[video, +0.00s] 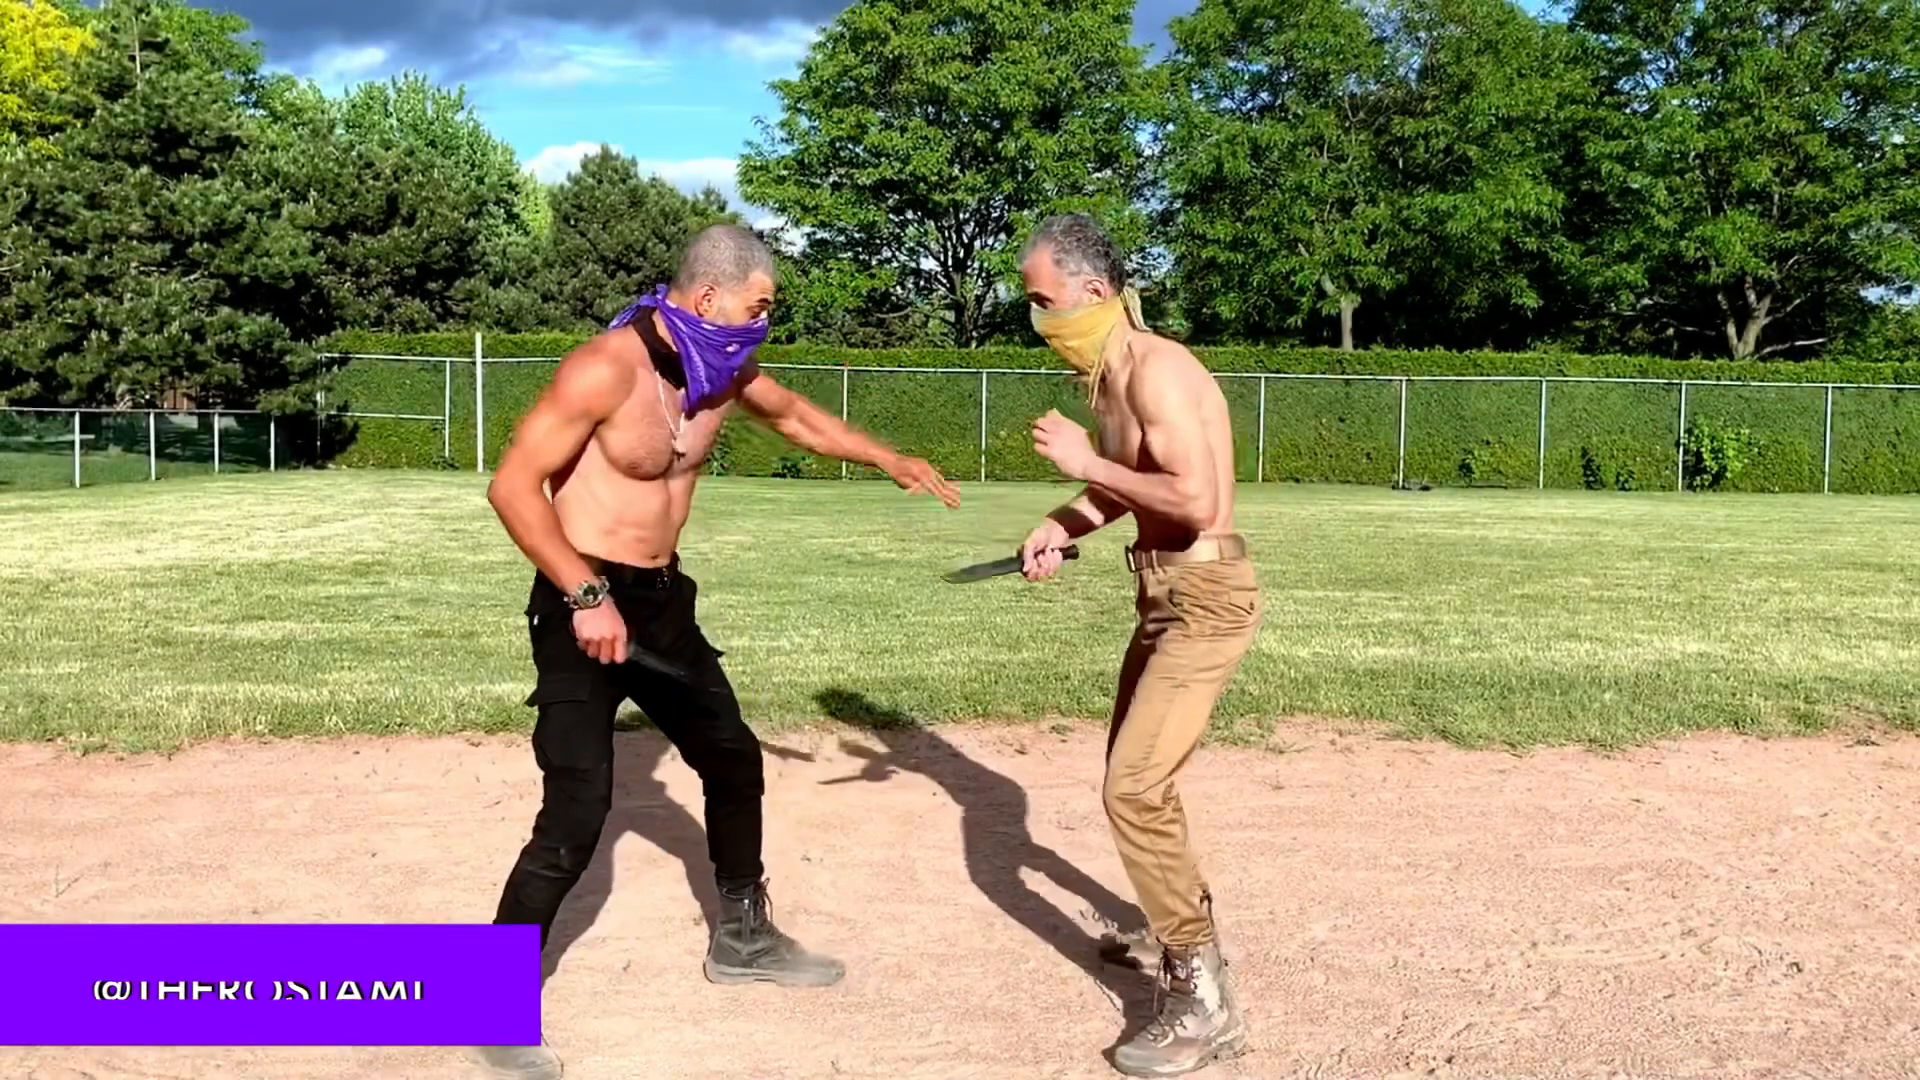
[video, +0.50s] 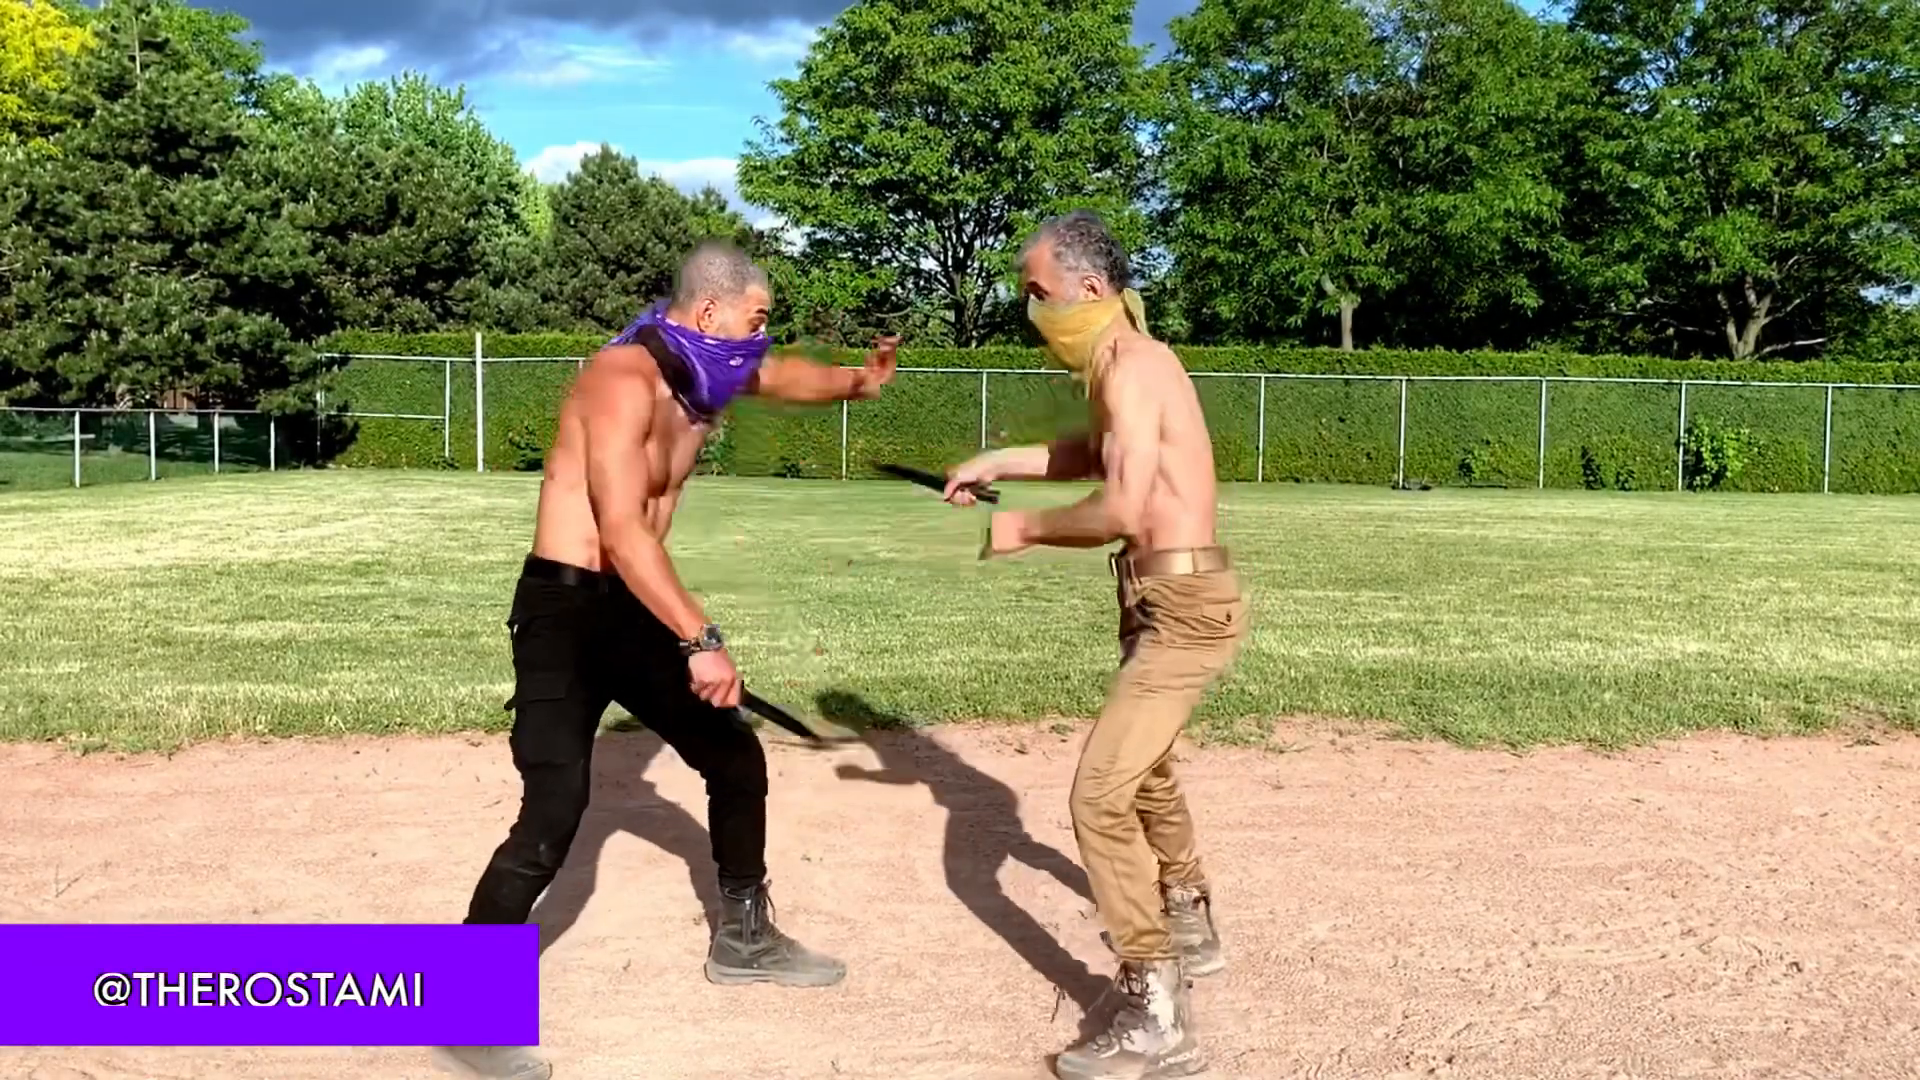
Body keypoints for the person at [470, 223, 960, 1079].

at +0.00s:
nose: (761, 326)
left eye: (767, 311)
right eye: (753, 308)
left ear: (722, 302)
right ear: (700, 299)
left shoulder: (719, 363)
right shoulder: (606, 367)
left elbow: (795, 417)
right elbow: (513, 483)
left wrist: (887, 455)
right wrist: (582, 592)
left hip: (662, 598)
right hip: (580, 598)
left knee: (733, 757)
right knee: (573, 814)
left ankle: (742, 933)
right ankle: (497, 1002)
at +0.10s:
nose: (772, 334)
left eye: (778, 319)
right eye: (765, 316)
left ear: (734, 309)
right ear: (714, 304)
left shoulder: (714, 374)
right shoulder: (623, 367)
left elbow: (722, 463)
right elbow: (526, 477)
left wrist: (795, 459)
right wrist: (598, 582)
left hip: (665, 600)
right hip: (589, 598)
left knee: (740, 759)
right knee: (583, 812)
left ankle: (742, 935)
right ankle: (495, 1003)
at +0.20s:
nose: (779, 333)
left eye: (785, 318)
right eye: (776, 314)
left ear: (729, 299)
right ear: (732, 302)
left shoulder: (689, 366)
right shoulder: (661, 366)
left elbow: (690, 473)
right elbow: (612, 506)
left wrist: (752, 435)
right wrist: (706, 582)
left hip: (657, 603)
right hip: (604, 605)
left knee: (737, 757)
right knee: (608, 818)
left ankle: (741, 935)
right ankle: (499, 1003)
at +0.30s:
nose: (775, 329)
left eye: (780, 314)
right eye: (771, 311)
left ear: (713, 294)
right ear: (725, 298)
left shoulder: (651, 345)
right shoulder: (678, 366)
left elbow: (666, 461)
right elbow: (790, 487)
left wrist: (740, 410)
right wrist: (900, 541)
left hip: (656, 605)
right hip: (591, 608)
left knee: (734, 756)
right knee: (589, 810)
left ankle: (742, 934)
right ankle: (496, 999)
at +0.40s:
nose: (771, 323)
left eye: (775, 307)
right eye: (765, 306)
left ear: (711, 293)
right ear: (719, 298)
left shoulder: (680, 365)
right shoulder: (661, 372)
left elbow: (680, 462)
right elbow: (790, 483)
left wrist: (759, 407)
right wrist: (904, 540)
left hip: (653, 605)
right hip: (575, 606)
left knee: (728, 758)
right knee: (547, 805)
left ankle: (742, 934)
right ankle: (488, 1006)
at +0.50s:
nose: (763, 332)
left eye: (764, 319)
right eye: (756, 316)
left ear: (713, 309)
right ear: (707, 310)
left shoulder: (705, 370)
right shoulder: (623, 379)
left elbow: (785, 377)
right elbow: (623, 529)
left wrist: (860, 382)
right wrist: (700, 637)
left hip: (634, 609)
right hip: (561, 609)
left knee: (736, 761)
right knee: (552, 811)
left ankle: (744, 935)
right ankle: (463, 998)